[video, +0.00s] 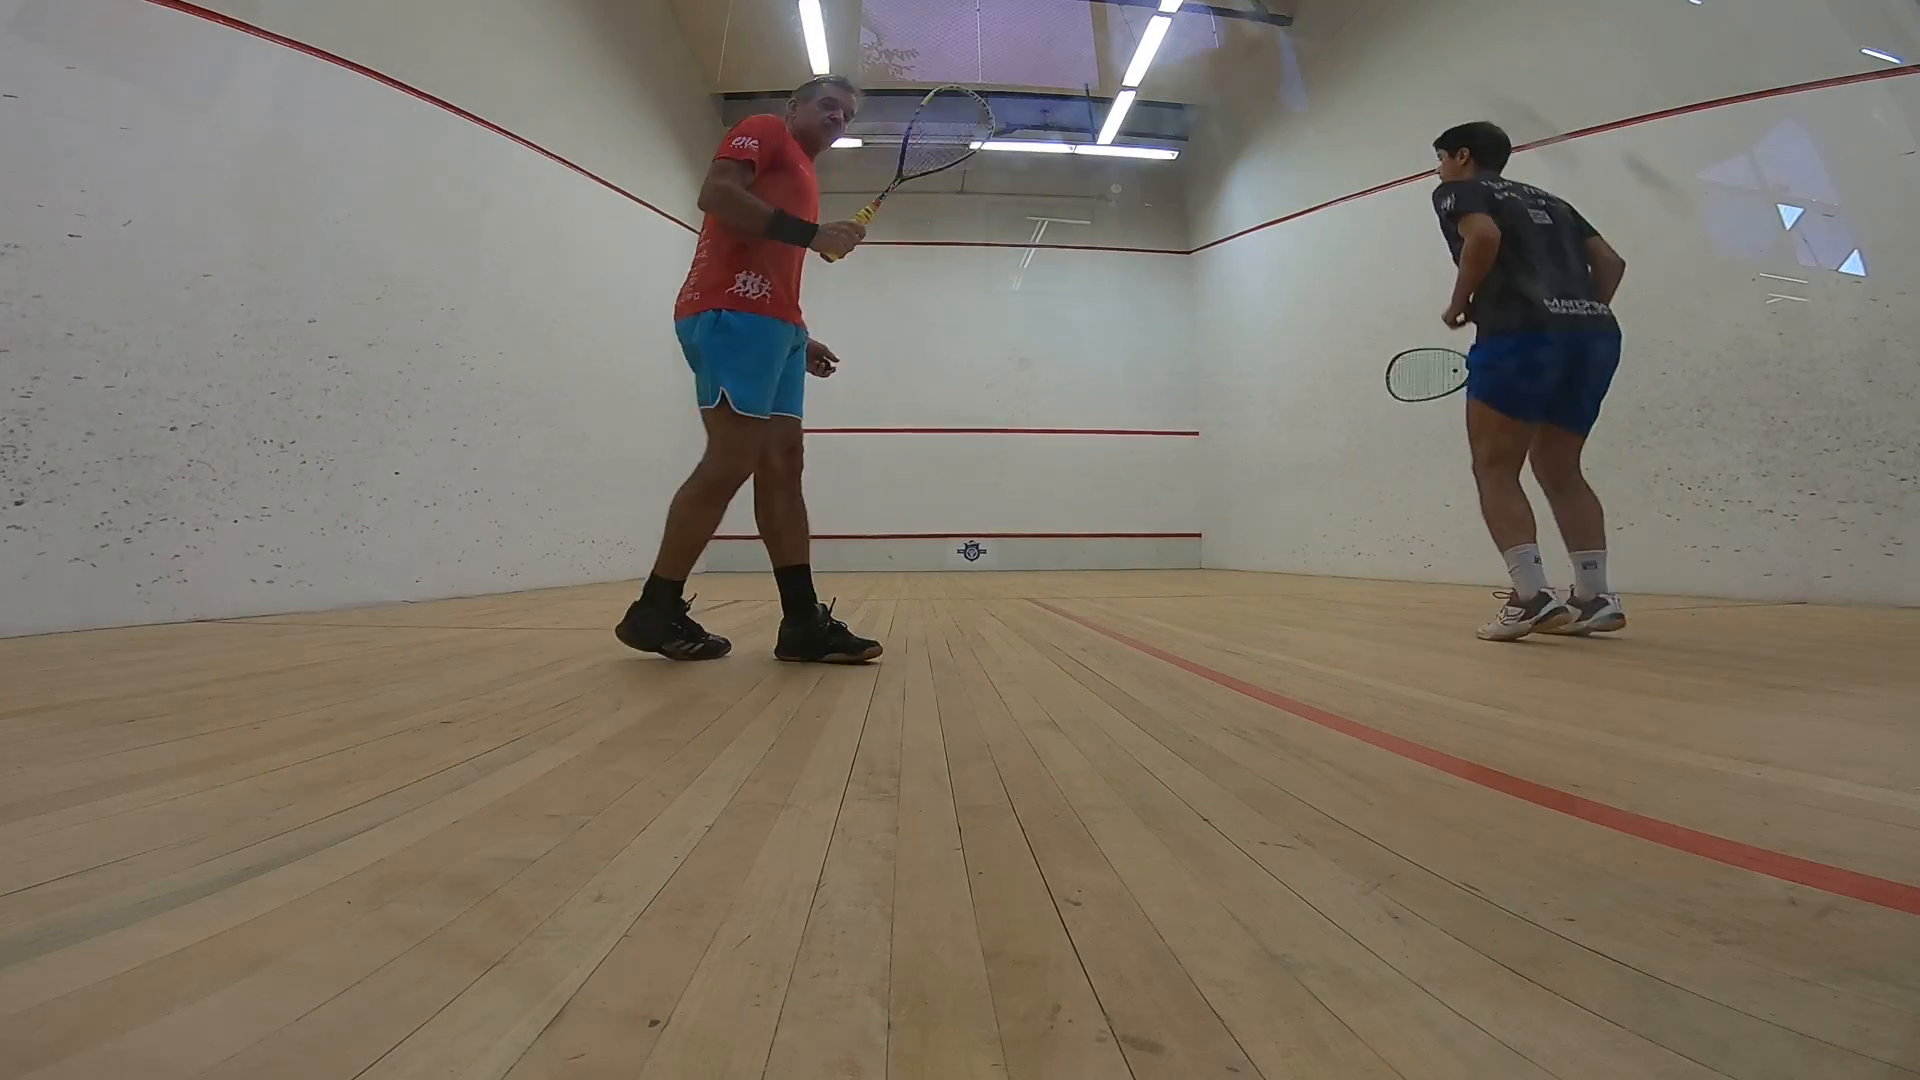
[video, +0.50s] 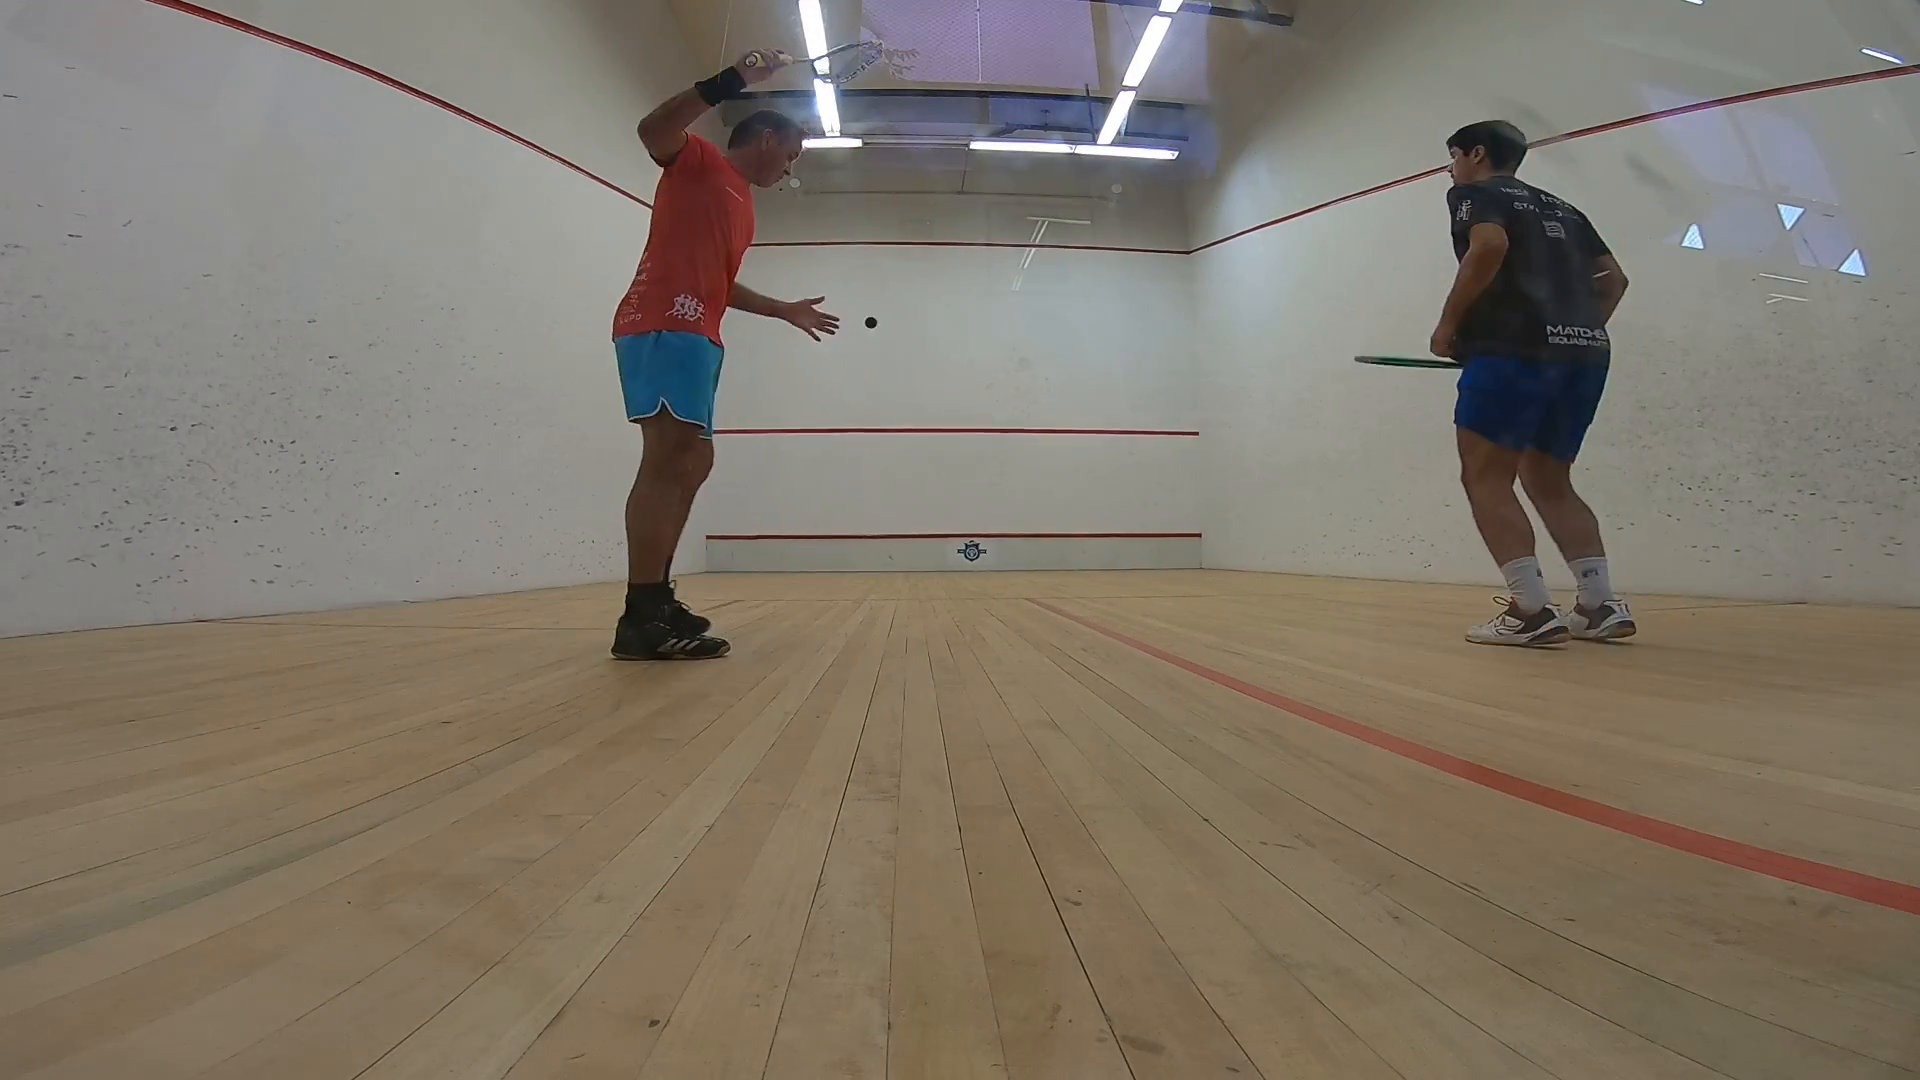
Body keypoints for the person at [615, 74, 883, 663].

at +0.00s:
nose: (838, 121)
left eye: (846, 117)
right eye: (831, 107)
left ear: (842, 128)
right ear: (799, 101)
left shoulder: (800, 175)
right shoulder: (766, 128)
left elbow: (764, 274)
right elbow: (716, 192)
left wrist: (799, 341)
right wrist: (810, 234)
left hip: (774, 326)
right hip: (731, 314)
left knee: (781, 466)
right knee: (730, 458)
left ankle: (803, 621)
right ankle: (655, 609)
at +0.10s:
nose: (827, 130)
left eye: (834, 124)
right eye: (820, 115)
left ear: (823, 133)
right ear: (784, 108)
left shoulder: (784, 182)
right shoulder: (749, 137)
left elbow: (740, 281)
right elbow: (703, 206)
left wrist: (776, 345)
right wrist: (795, 243)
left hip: (751, 336)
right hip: (707, 319)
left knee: (762, 467)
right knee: (695, 466)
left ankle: (804, 612)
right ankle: (645, 617)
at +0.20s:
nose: (816, 147)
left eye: (820, 136)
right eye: (814, 133)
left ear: (785, 120)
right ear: (781, 117)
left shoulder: (769, 183)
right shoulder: (727, 142)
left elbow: (736, 280)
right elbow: (683, 205)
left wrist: (774, 340)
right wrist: (780, 228)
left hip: (735, 333)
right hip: (689, 317)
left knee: (752, 464)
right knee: (678, 461)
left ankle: (786, 607)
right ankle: (643, 618)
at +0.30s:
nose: (803, 162)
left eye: (809, 151)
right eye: (803, 146)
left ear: (779, 132)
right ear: (777, 127)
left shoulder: (757, 199)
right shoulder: (715, 145)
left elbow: (733, 278)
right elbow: (657, 188)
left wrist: (789, 334)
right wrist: (752, 180)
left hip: (722, 333)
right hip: (672, 319)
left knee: (740, 458)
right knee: (662, 459)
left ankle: (743, 606)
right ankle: (641, 618)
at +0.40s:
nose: (798, 163)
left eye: (804, 152)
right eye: (799, 147)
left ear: (776, 136)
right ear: (768, 126)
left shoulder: (746, 193)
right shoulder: (706, 154)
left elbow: (730, 279)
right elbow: (647, 151)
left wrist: (797, 316)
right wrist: (729, 116)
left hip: (709, 331)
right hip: (665, 321)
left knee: (716, 462)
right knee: (662, 461)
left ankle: (693, 602)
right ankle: (640, 621)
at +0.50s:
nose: (790, 170)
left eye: (795, 160)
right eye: (790, 156)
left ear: (767, 150)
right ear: (764, 138)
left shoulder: (739, 204)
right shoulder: (700, 158)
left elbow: (718, 285)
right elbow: (654, 130)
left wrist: (785, 309)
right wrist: (726, 82)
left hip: (693, 334)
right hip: (664, 328)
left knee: (693, 462)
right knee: (668, 460)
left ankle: (655, 604)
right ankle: (642, 616)